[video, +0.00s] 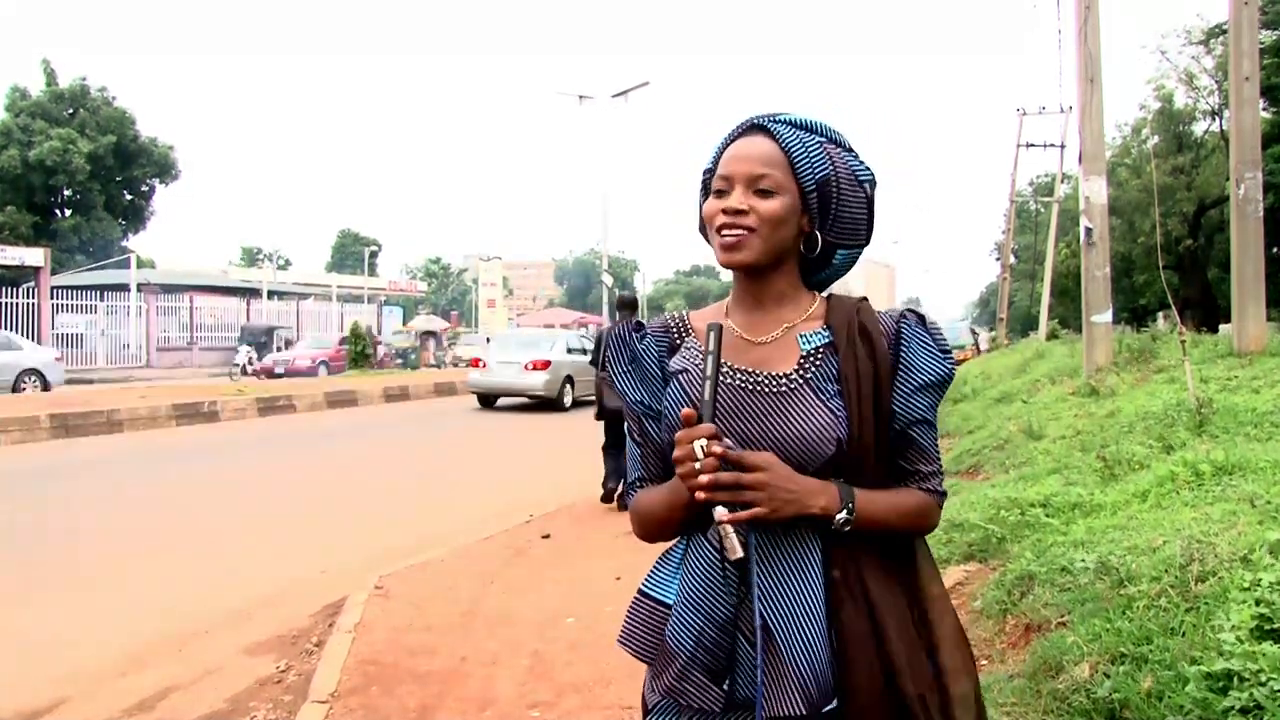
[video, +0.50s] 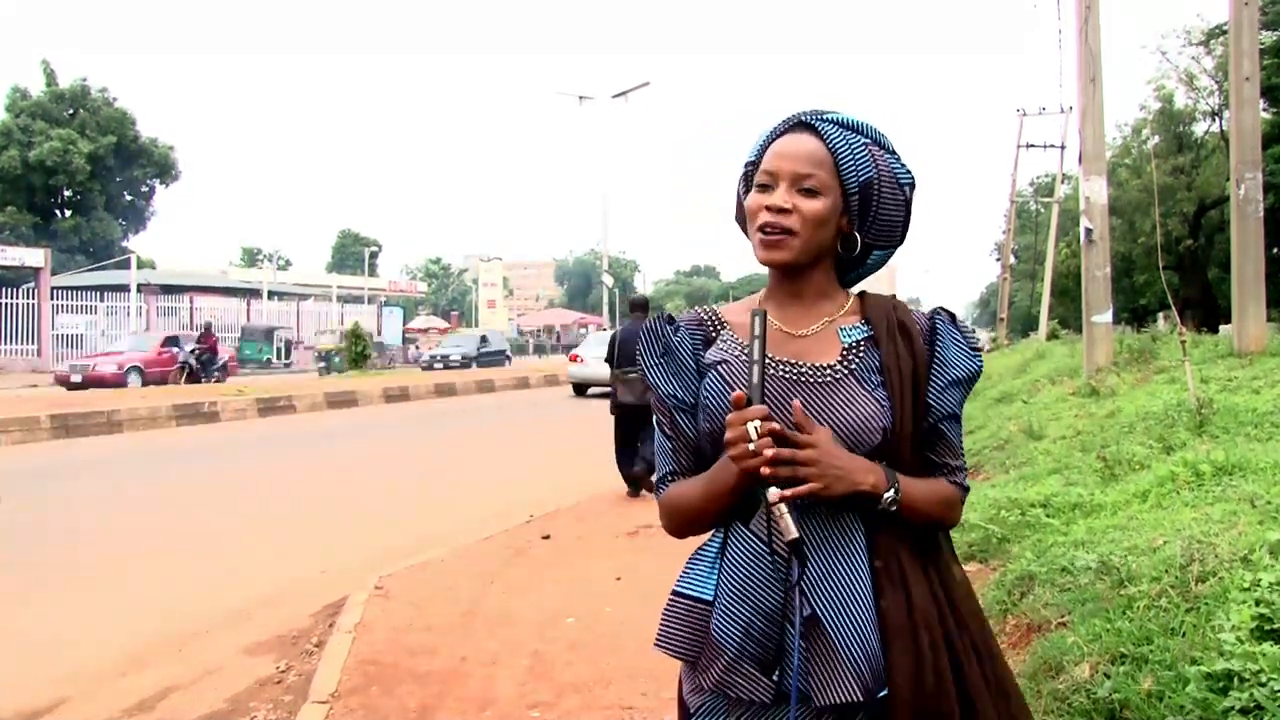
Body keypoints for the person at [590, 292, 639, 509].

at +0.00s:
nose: (625, 314)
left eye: (622, 309)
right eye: (630, 310)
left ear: (617, 309)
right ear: (637, 310)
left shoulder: (605, 334)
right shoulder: (644, 336)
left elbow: (596, 363)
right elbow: (649, 368)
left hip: (611, 400)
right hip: (637, 399)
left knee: (612, 444)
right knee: (634, 444)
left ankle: (611, 480)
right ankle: (627, 493)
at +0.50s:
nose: (638, 314)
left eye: (634, 310)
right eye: (642, 310)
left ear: (629, 311)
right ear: (647, 310)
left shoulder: (619, 334)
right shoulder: (654, 334)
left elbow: (612, 366)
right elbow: (661, 365)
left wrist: (614, 397)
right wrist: (661, 391)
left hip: (624, 401)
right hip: (649, 399)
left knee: (624, 443)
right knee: (649, 434)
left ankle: (633, 485)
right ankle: (643, 468)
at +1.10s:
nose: (669, 314)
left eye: (666, 311)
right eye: (672, 310)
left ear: (660, 311)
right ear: (677, 311)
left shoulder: (650, 332)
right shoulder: (685, 332)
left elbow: (641, 356)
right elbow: (692, 359)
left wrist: (647, 380)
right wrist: (693, 382)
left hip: (654, 388)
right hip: (679, 387)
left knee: (654, 427)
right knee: (675, 432)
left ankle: (649, 459)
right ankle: (668, 474)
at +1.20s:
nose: (672, 314)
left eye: (669, 311)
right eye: (675, 310)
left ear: (664, 312)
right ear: (680, 311)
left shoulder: (655, 333)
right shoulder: (688, 332)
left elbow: (647, 365)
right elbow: (696, 361)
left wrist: (646, 393)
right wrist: (700, 385)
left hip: (660, 387)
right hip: (684, 386)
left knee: (662, 426)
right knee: (678, 428)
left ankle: (663, 467)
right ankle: (668, 473)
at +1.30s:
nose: (677, 316)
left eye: (673, 313)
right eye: (679, 312)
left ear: (668, 314)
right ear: (683, 314)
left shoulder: (658, 334)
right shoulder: (692, 333)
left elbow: (651, 365)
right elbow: (700, 361)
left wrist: (648, 392)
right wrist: (703, 384)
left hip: (663, 387)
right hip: (686, 386)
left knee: (669, 429)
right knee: (679, 430)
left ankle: (677, 466)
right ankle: (666, 474)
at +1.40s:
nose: (678, 318)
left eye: (674, 315)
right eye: (681, 314)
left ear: (669, 316)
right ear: (685, 315)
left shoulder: (661, 336)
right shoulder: (694, 334)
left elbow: (654, 367)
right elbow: (703, 361)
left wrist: (652, 393)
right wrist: (706, 383)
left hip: (667, 385)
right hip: (690, 384)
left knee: (669, 427)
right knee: (682, 427)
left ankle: (681, 464)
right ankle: (670, 469)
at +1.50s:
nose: (682, 318)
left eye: (678, 315)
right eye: (684, 314)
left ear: (672, 316)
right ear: (688, 315)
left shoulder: (663, 337)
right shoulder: (697, 334)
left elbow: (658, 368)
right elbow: (705, 361)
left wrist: (657, 395)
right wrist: (710, 384)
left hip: (671, 385)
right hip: (693, 383)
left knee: (676, 425)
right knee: (687, 426)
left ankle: (676, 458)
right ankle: (678, 463)